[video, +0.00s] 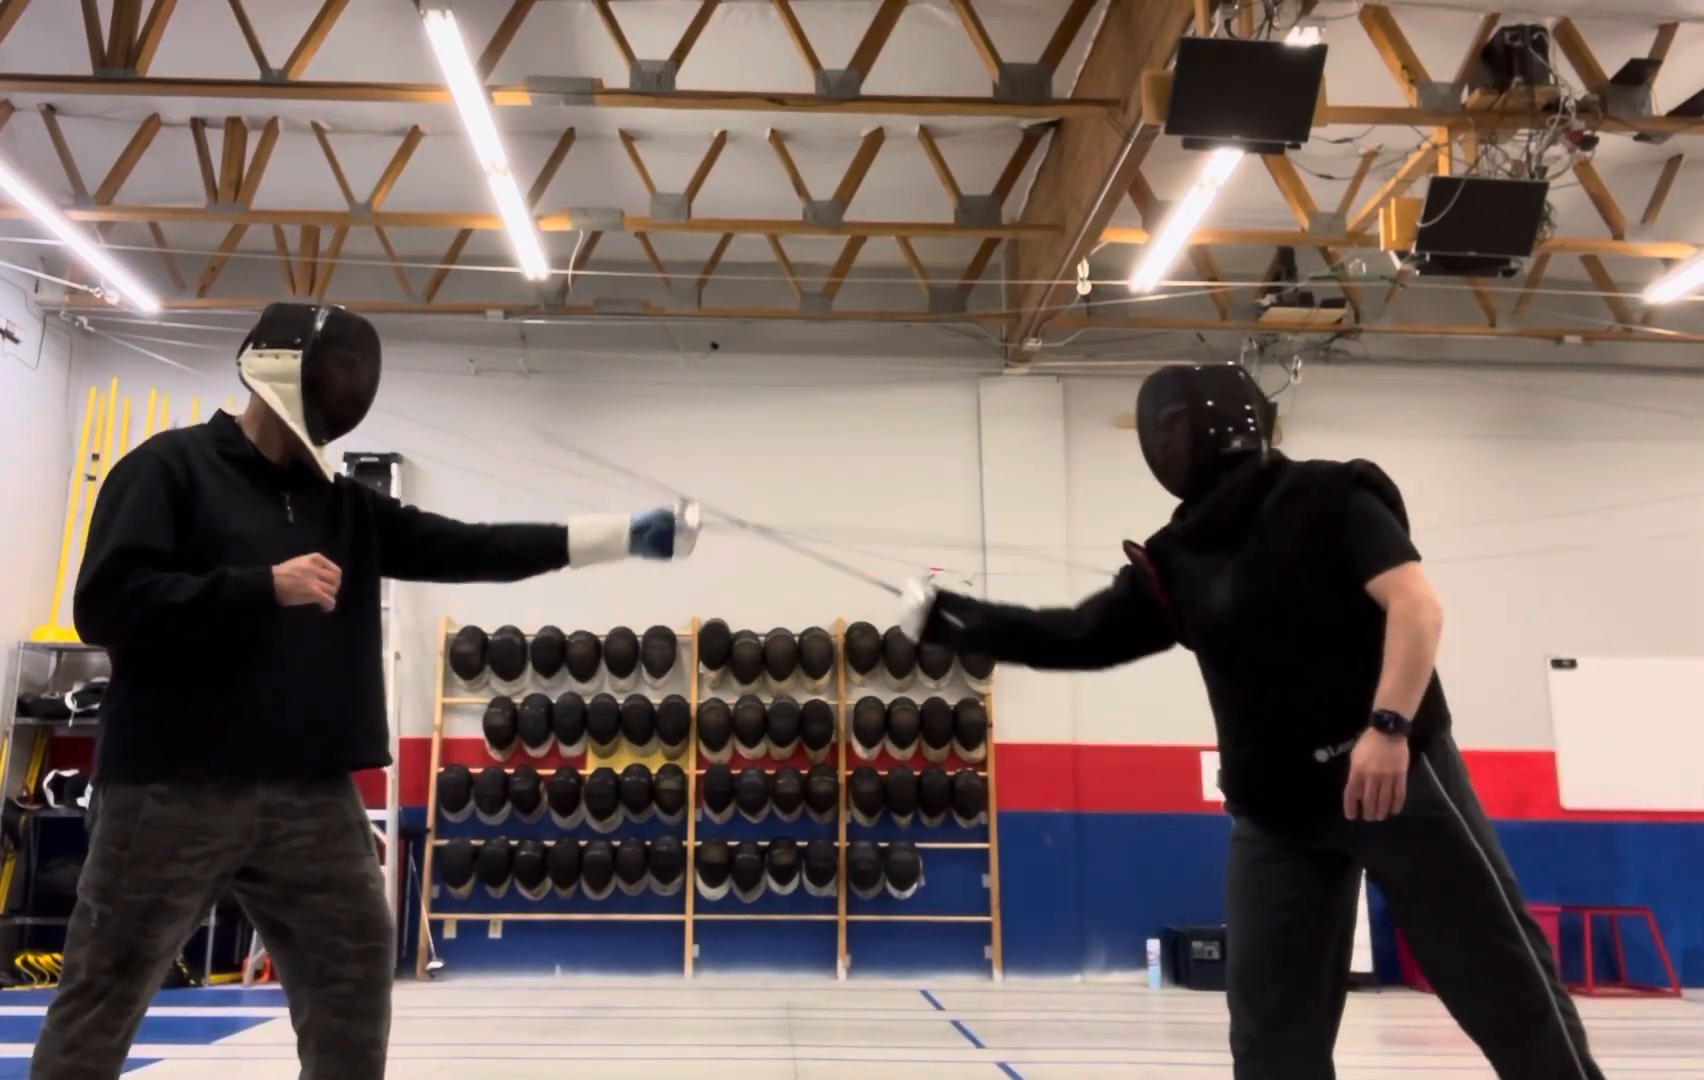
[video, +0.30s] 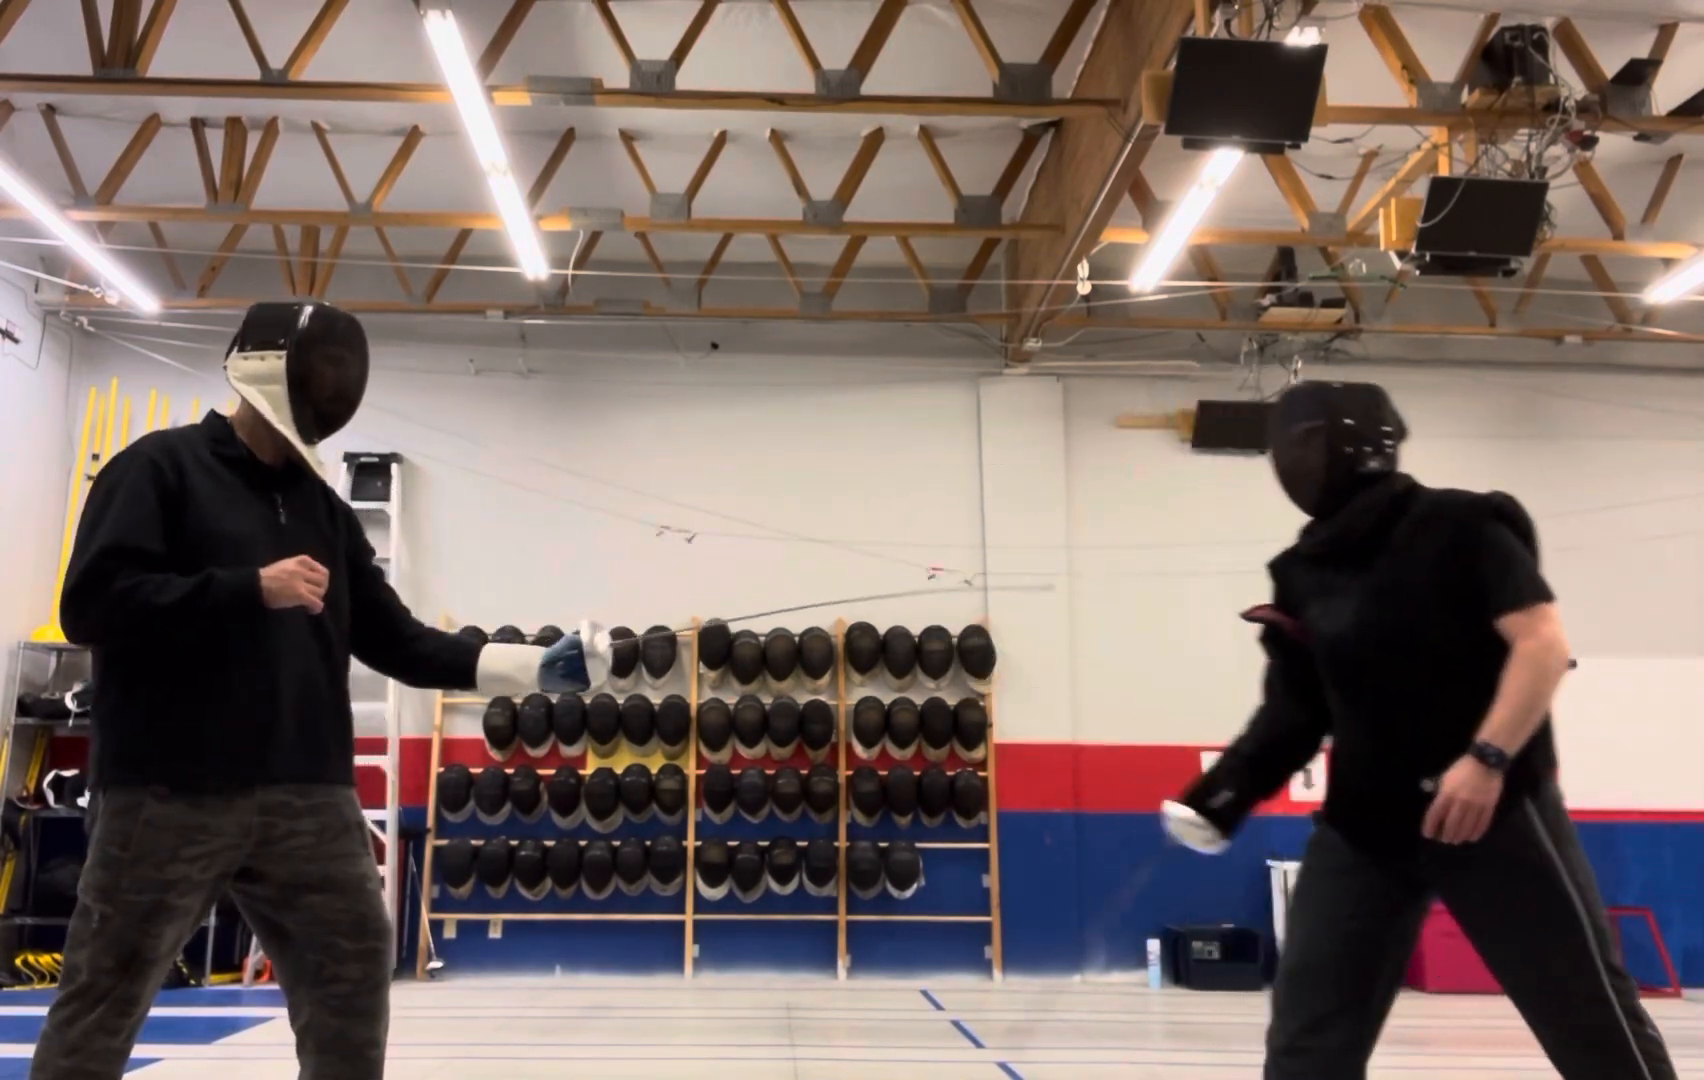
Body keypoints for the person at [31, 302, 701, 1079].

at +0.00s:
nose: (340, 418)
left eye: (351, 401)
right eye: (329, 394)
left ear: (352, 398)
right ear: (273, 374)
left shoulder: (343, 508)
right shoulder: (162, 471)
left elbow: (469, 548)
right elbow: (104, 602)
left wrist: (622, 536)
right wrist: (263, 585)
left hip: (309, 798)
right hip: (167, 795)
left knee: (351, 1000)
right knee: (97, 1008)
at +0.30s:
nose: (314, 417)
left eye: (327, 401)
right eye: (302, 392)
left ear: (333, 398)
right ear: (255, 373)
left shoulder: (321, 507)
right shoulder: (151, 470)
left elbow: (390, 637)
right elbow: (91, 604)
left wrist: (514, 662)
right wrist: (248, 586)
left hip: (306, 798)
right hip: (165, 796)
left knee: (350, 983)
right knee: (100, 1005)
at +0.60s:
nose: (324, 401)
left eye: (334, 385)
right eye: (312, 378)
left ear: (331, 391)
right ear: (262, 368)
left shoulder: (323, 507)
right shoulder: (153, 469)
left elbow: (407, 623)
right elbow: (102, 606)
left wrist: (547, 645)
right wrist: (257, 584)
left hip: (305, 795)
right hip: (167, 792)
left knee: (350, 974)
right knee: (102, 1003)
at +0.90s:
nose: (331, 402)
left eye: (341, 387)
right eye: (320, 380)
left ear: (335, 394)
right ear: (266, 368)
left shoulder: (330, 508)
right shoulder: (160, 470)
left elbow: (420, 618)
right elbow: (107, 605)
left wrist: (568, 636)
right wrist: (263, 587)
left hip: (311, 797)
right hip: (171, 794)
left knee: (353, 985)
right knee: (105, 1003)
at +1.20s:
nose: (339, 404)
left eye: (346, 388)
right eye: (329, 381)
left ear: (335, 394)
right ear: (276, 372)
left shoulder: (331, 510)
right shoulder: (160, 471)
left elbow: (421, 619)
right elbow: (106, 604)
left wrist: (569, 633)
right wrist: (262, 588)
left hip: (310, 795)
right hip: (172, 791)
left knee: (353, 986)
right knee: (104, 1003)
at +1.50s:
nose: (340, 405)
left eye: (347, 389)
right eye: (330, 382)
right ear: (277, 373)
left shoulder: (329, 511)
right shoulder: (163, 469)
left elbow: (425, 619)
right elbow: (109, 601)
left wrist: (573, 629)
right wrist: (265, 589)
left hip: (307, 794)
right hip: (171, 789)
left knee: (352, 979)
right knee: (104, 999)